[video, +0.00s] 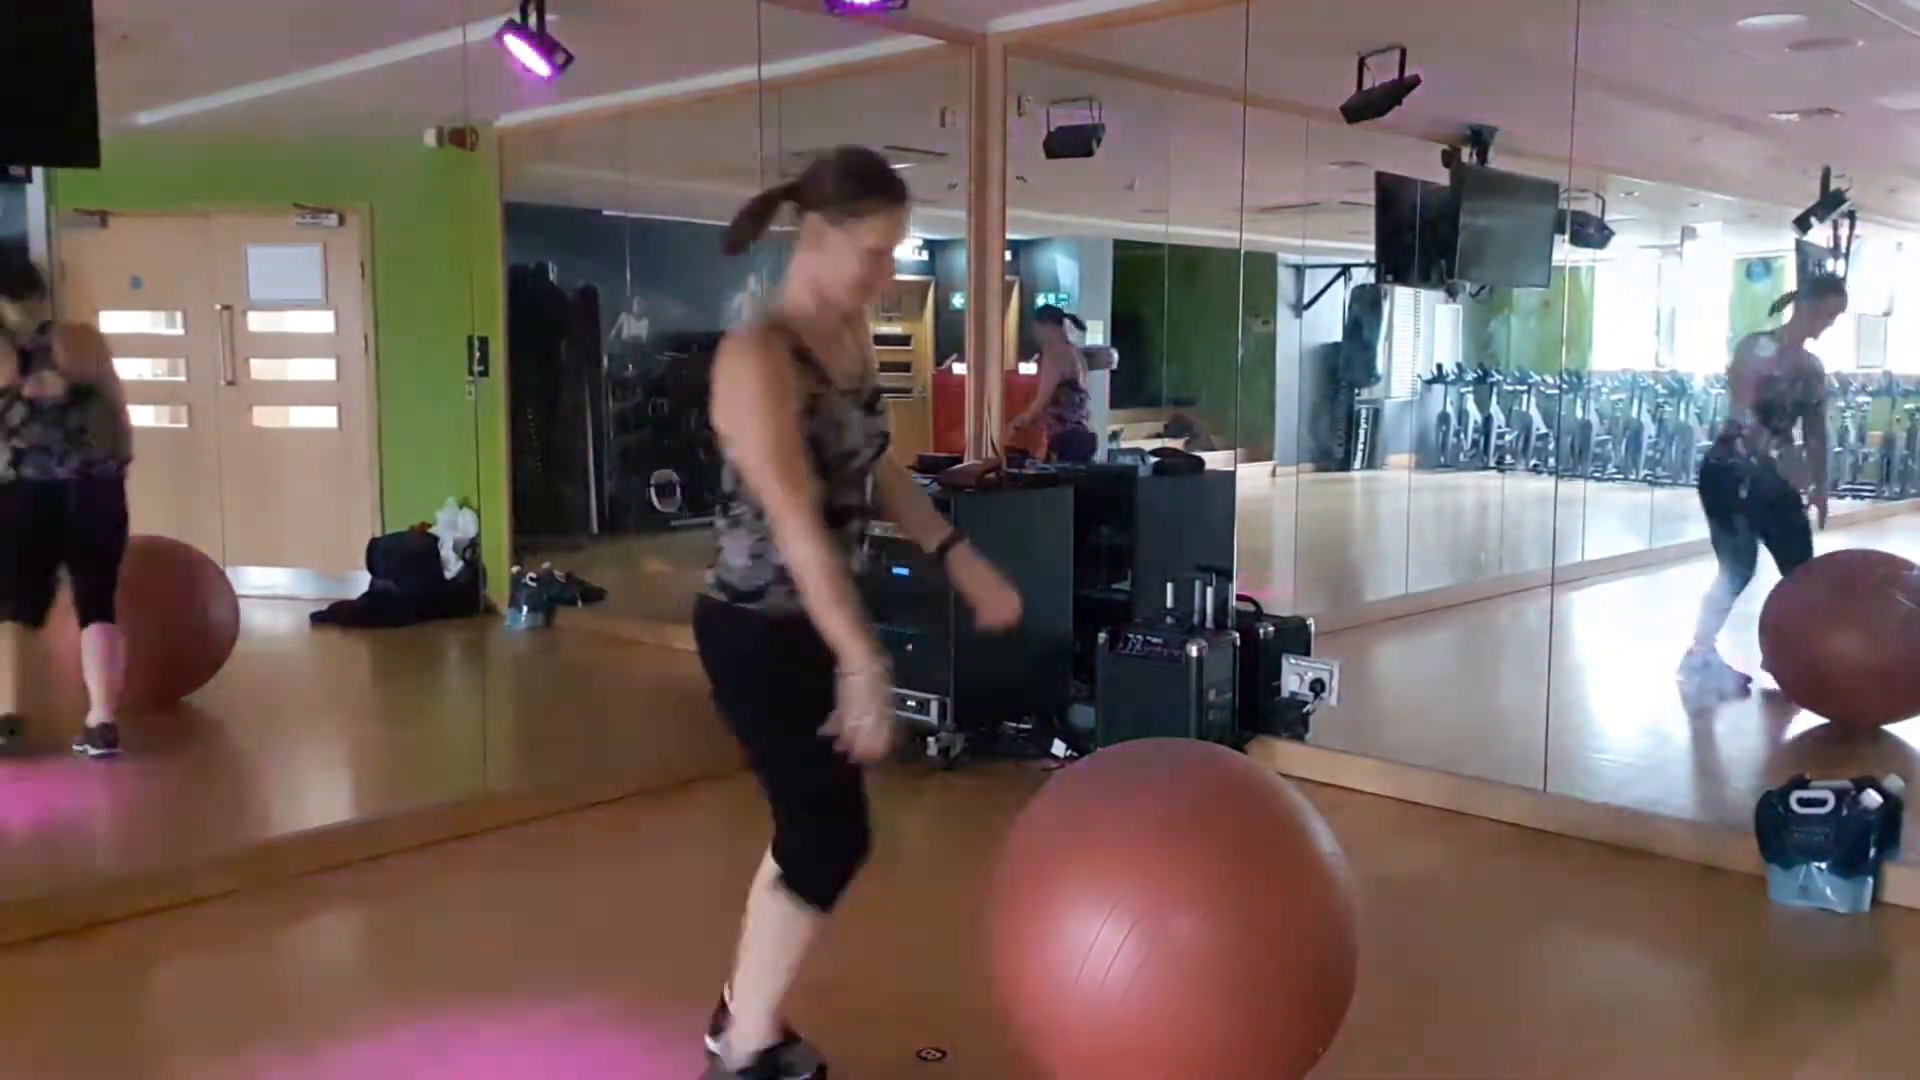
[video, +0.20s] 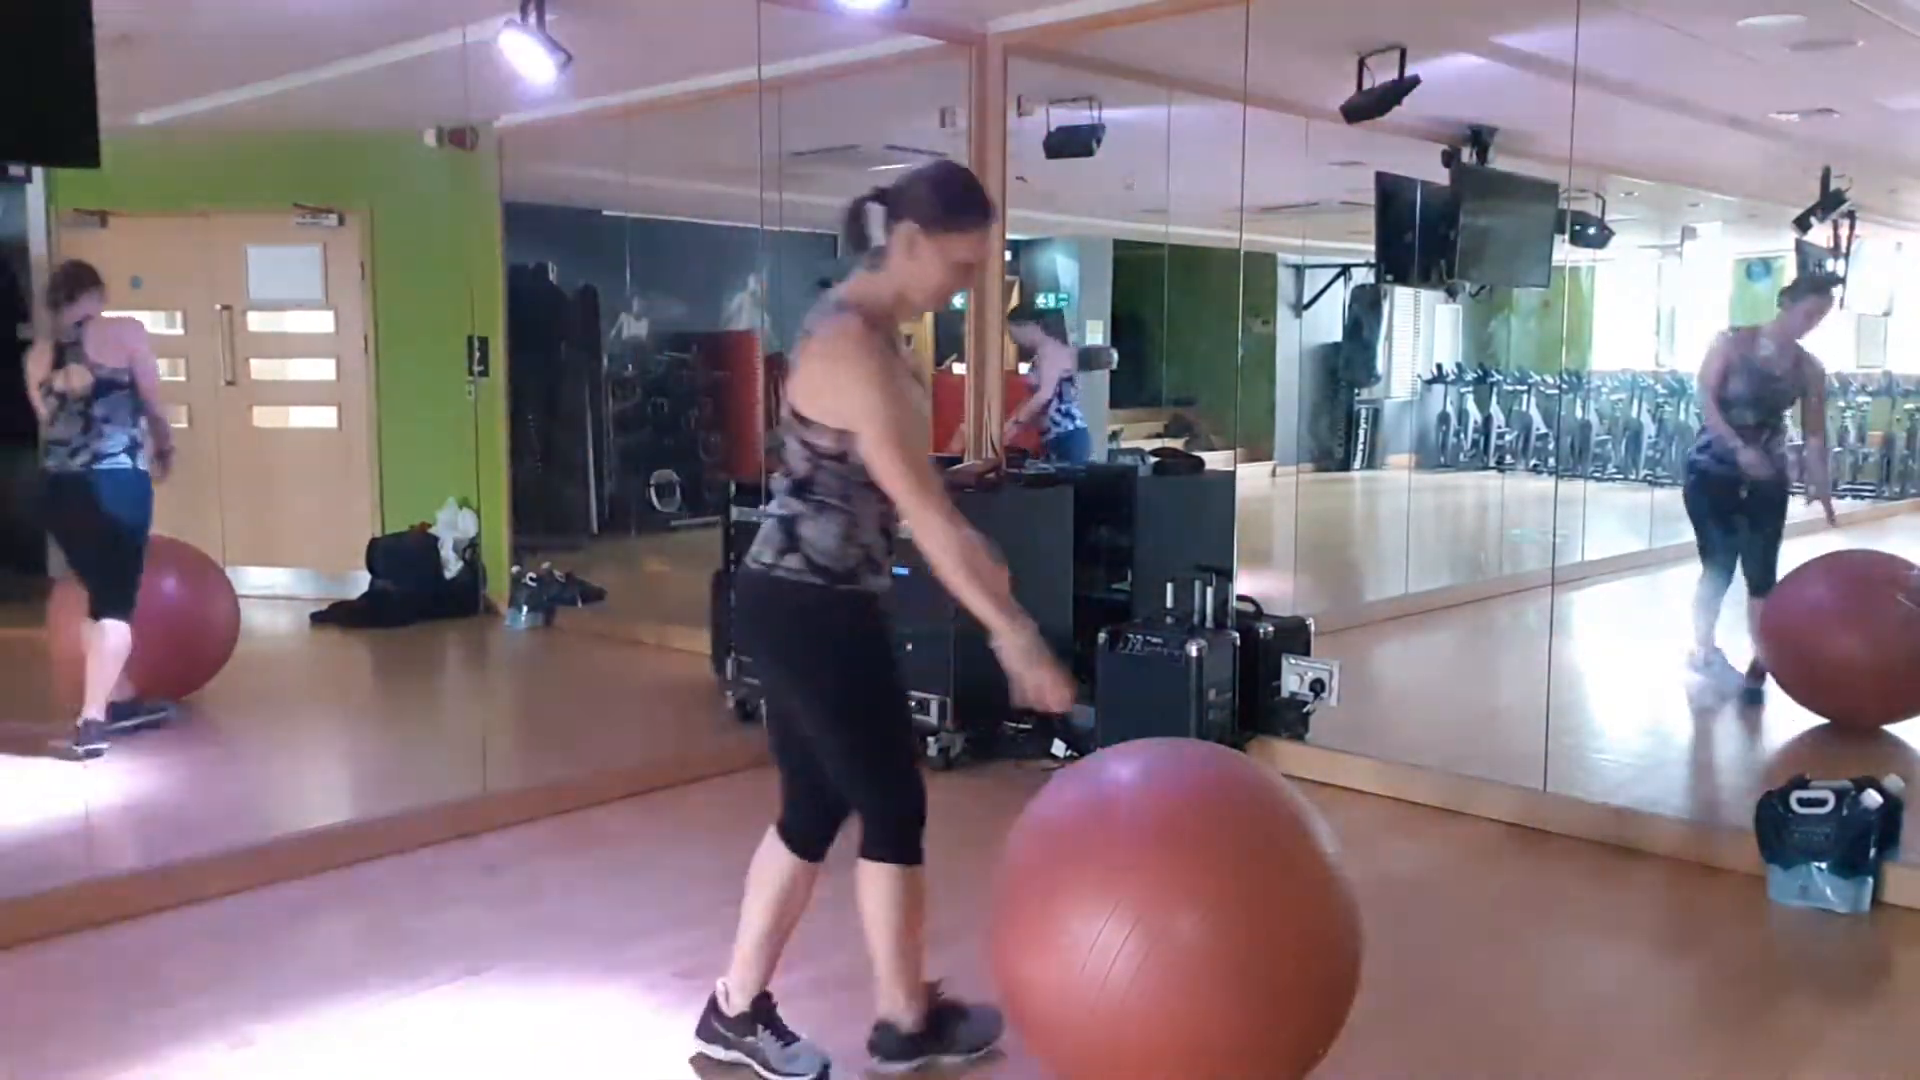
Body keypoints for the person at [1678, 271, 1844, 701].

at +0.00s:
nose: (1829, 324)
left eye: (1834, 317)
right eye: (1827, 314)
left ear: (1827, 316)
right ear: (1804, 304)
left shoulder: (1812, 370)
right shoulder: (1755, 348)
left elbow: (1816, 433)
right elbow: (1742, 417)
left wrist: (1819, 488)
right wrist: (1782, 461)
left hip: (1774, 474)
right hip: (1729, 470)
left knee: (1801, 570)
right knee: (1737, 567)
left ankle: (1797, 661)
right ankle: (1699, 655)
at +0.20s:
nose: (1812, 322)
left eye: (1819, 316)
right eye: (1809, 311)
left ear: (1821, 318)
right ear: (1788, 303)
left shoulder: (1809, 370)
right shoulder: (1731, 343)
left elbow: (1815, 435)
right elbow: (1706, 402)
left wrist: (1821, 490)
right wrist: (1741, 449)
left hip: (1767, 473)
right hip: (1714, 466)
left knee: (1762, 575)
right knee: (1720, 565)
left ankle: (1761, 658)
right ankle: (1702, 654)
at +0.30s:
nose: (1813, 335)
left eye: (1820, 328)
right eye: (1809, 324)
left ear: (1820, 329)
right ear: (1785, 314)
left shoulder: (1804, 378)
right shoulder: (1725, 346)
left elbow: (1818, 441)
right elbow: (1690, 405)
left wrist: (1831, 497)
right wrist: (1685, 466)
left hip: (1755, 472)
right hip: (1703, 466)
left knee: (1749, 576)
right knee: (1710, 569)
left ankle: (1747, 668)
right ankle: (1703, 644)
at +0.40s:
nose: (1809, 348)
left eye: (1814, 342)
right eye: (1808, 338)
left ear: (1807, 337)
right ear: (1787, 324)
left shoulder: (1794, 387)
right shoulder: (1717, 351)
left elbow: (1814, 448)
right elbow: (1675, 405)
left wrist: (1836, 507)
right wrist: (1667, 445)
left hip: (1740, 473)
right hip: (1687, 467)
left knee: (1741, 579)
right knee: (1690, 571)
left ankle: (1746, 668)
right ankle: (1683, 639)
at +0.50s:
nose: (1800, 356)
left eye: (1807, 349)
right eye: (1801, 345)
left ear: (1796, 344)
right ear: (1778, 333)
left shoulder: (1786, 391)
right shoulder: (1705, 353)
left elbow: (1811, 456)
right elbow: (1660, 401)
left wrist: (1837, 516)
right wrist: (1629, 451)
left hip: (1725, 478)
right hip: (1671, 470)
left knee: (1732, 579)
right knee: (1666, 566)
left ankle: (1744, 671)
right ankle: (1634, 646)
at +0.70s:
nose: (1774, 365)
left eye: (1780, 357)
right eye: (1774, 353)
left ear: (1771, 351)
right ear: (1751, 338)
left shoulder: (1753, 395)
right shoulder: (1676, 350)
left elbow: (1776, 460)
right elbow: (1632, 399)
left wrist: (1811, 517)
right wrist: (1600, 439)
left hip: (1680, 480)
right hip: (1626, 470)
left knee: (1697, 582)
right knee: (1610, 572)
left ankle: (1734, 667)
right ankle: (1576, 670)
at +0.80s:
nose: (1760, 368)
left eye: (1765, 361)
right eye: (1761, 357)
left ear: (1742, 349)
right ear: (1738, 343)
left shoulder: (1729, 393)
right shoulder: (1659, 356)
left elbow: (1742, 461)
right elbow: (1607, 408)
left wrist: (1776, 522)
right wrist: (1572, 464)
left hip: (1659, 491)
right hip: (1606, 483)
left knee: (1664, 589)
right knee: (1597, 581)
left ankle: (1699, 652)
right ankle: (1571, 673)